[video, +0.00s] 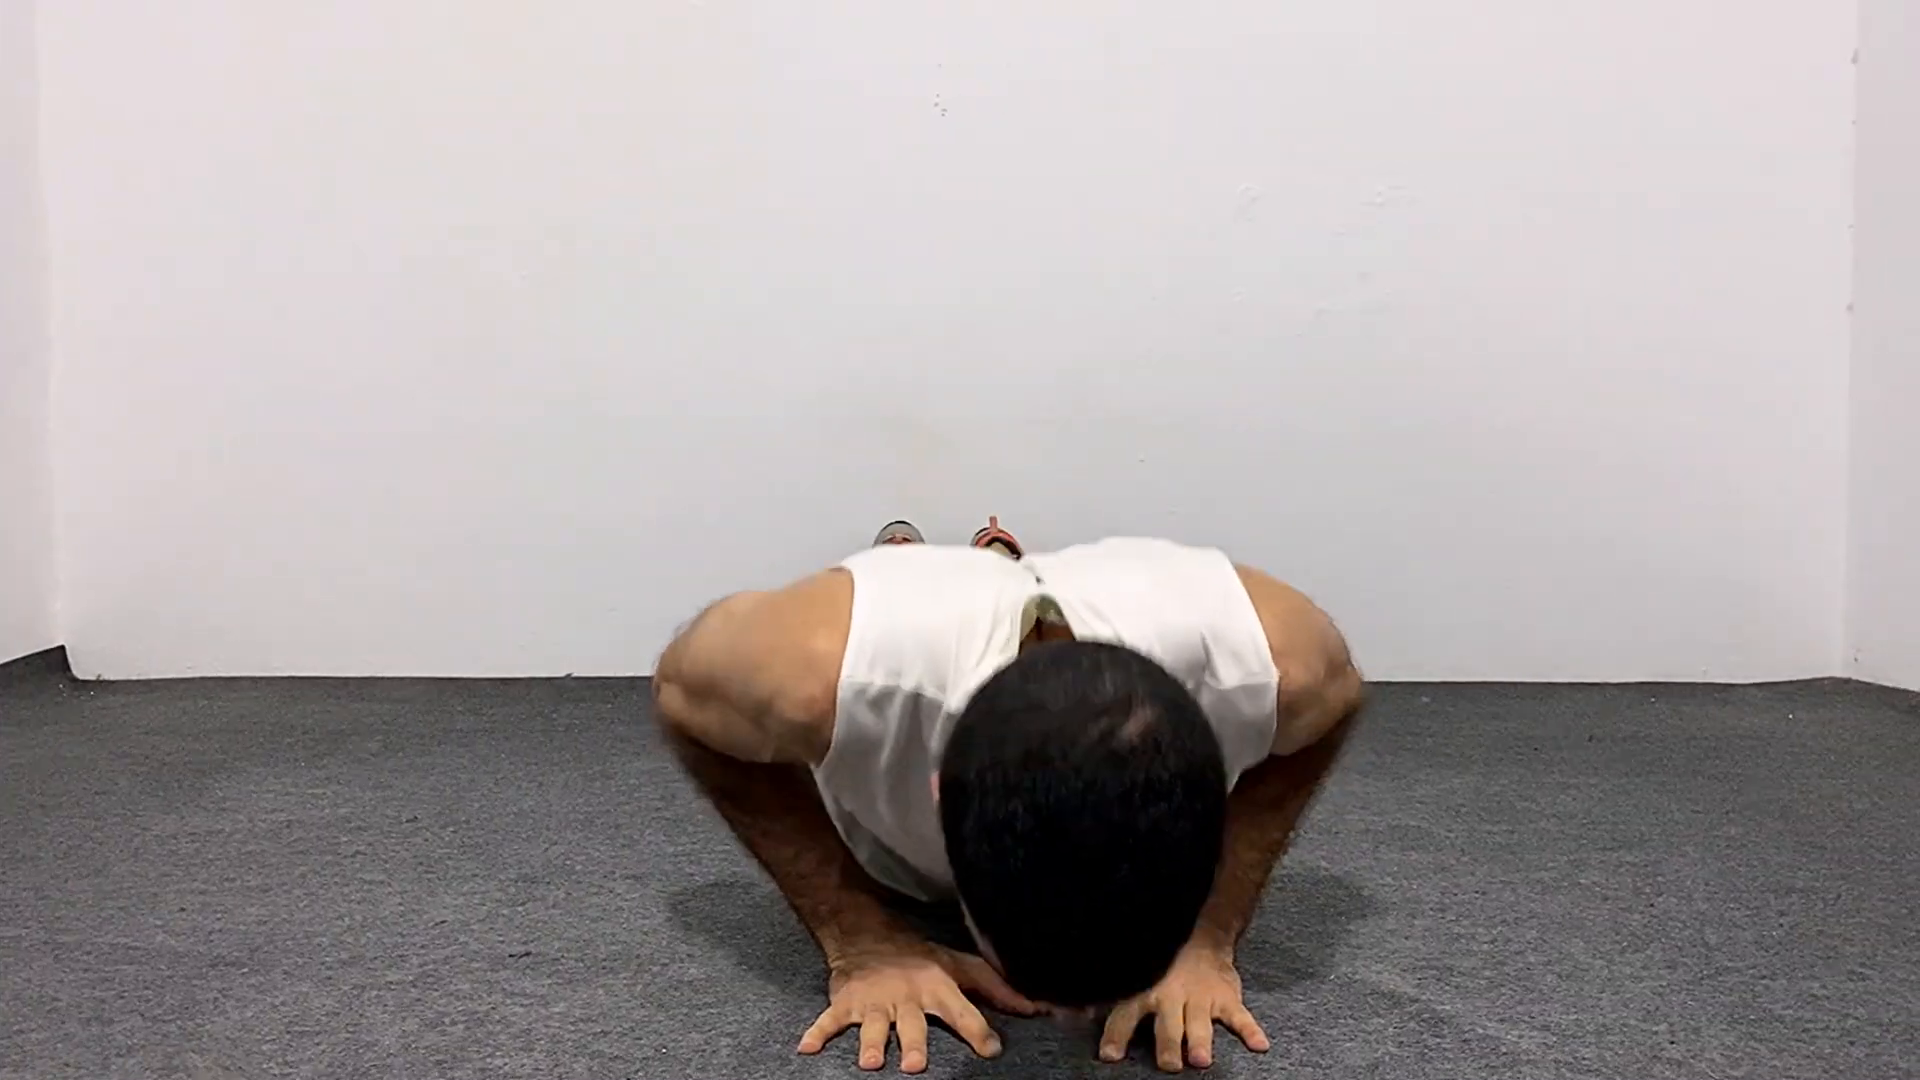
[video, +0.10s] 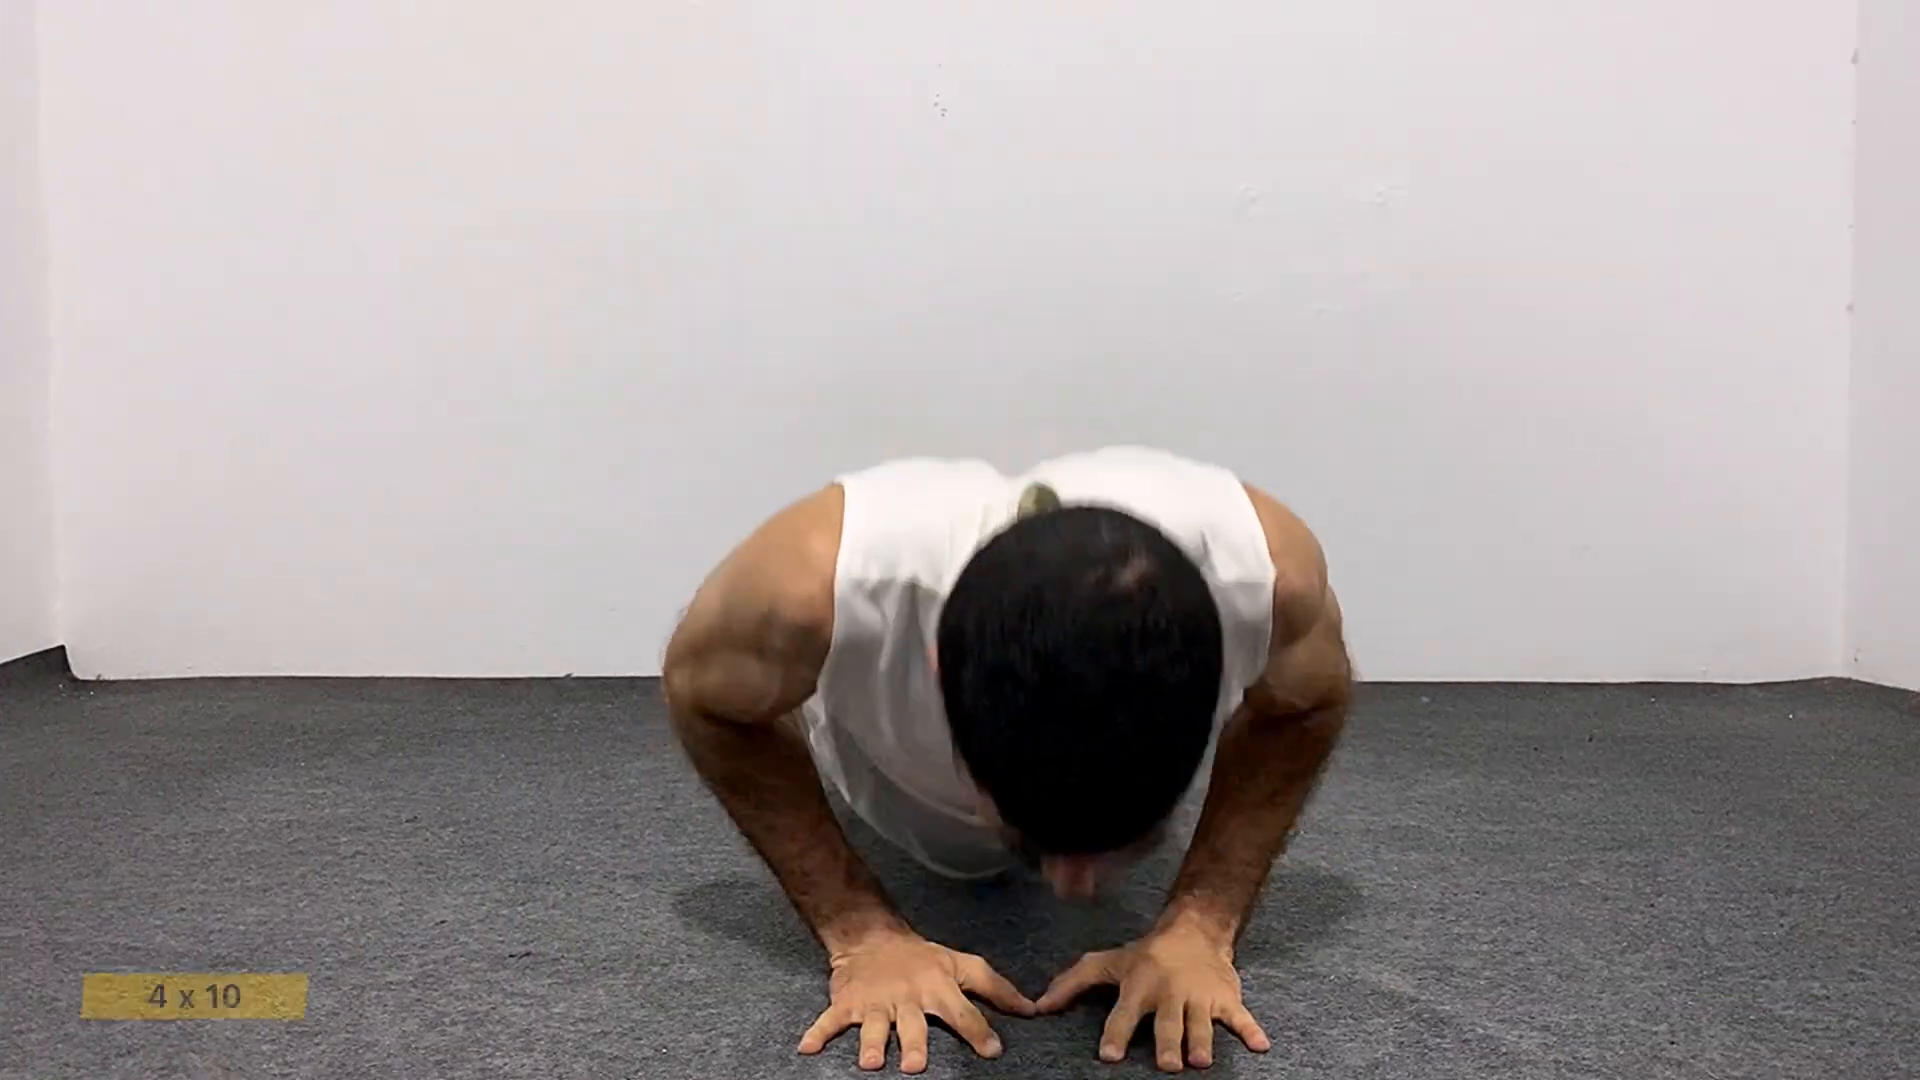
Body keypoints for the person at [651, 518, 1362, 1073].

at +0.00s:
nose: (1050, 1008)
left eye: (1100, 996)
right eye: (1022, 985)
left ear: (1215, 803)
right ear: (939, 797)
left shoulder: (1283, 661)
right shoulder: (811, 674)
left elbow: (1328, 708)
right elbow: (688, 692)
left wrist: (1214, 936)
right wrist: (857, 935)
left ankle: (1004, 564)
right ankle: (900, 559)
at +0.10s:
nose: (1070, 885)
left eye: (1115, 844)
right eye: (1027, 838)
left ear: (1207, 699)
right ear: (943, 675)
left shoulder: (1274, 577)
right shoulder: (807, 590)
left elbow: (1302, 703)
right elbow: (711, 698)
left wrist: (1203, 925)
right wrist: (861, 932)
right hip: (907, 801)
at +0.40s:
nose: (1055, 471)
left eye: (1102, 435)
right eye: (1018, 430)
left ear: (1172, 345)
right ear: (943, 322)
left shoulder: (1256, 311)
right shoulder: (806, 305)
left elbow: (1272, 628)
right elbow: (763, 628)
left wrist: (1194, 930)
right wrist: (867, 931)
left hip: (1091, 612)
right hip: (908, 617)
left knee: (1060, 662)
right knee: (920, 680)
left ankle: (1030, 674)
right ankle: (926, 680)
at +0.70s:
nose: (1071, 422)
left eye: (1117, 389)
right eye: (1032, 381)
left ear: (1191, 284)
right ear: (953, 243)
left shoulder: (1268, 270)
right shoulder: (814, 254)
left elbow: (1254, 605)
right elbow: (803, 598)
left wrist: (1194, 931)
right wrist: (870, 928)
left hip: (1093, 543)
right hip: (911, 543)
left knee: (1048, 614)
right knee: (915, 623)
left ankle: (1020, 637)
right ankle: (911, 651)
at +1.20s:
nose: (1065, 993)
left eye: (1111, 979)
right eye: (1027, 963)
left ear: (1229, 802)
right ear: (963, 783)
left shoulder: (1306, 653)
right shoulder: (843, 631)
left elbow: (1348, 729)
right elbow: (694, 693)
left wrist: (1212, 938)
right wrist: (861, 937)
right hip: (899, 808)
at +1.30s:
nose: (1096, 1068)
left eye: (1134, 1046)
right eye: (1063, 1047)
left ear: (1228, 814)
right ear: (958, 842)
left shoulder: (1309, 693)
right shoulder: (845, 685)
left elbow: (1362, 717)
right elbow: (689, 689)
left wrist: (1224, 943)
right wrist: (858, 935)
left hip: (1104, 616)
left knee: (1047, 591)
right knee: (907, 590)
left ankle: (1020, 561)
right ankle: (904, 565)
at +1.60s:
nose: (1053, 993)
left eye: (1103, 971)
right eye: (1024, 963)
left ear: (1218, 795)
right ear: (953, 777)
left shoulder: (1291, 647)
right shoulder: (833, 635)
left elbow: (1336, 714)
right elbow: (699, 692)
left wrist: (1209, 933)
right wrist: (860, 935)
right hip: (898, 807)